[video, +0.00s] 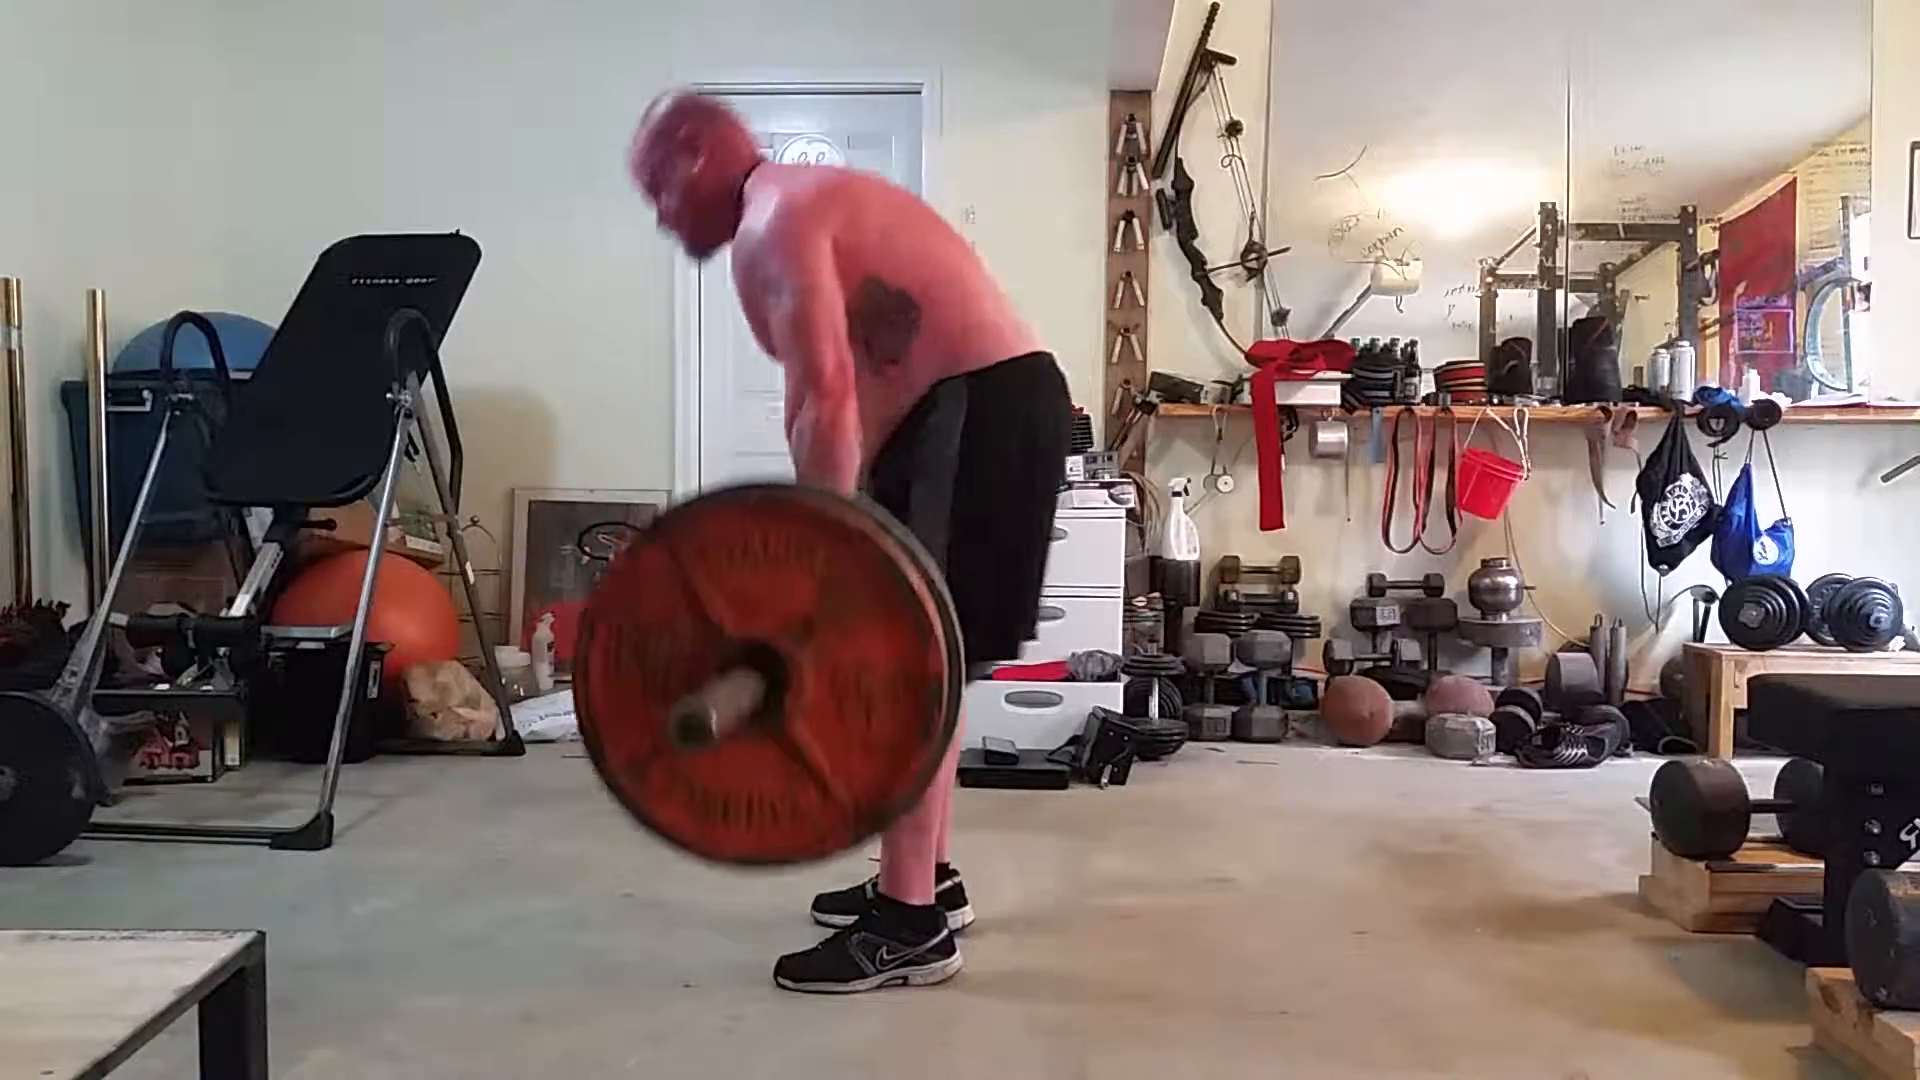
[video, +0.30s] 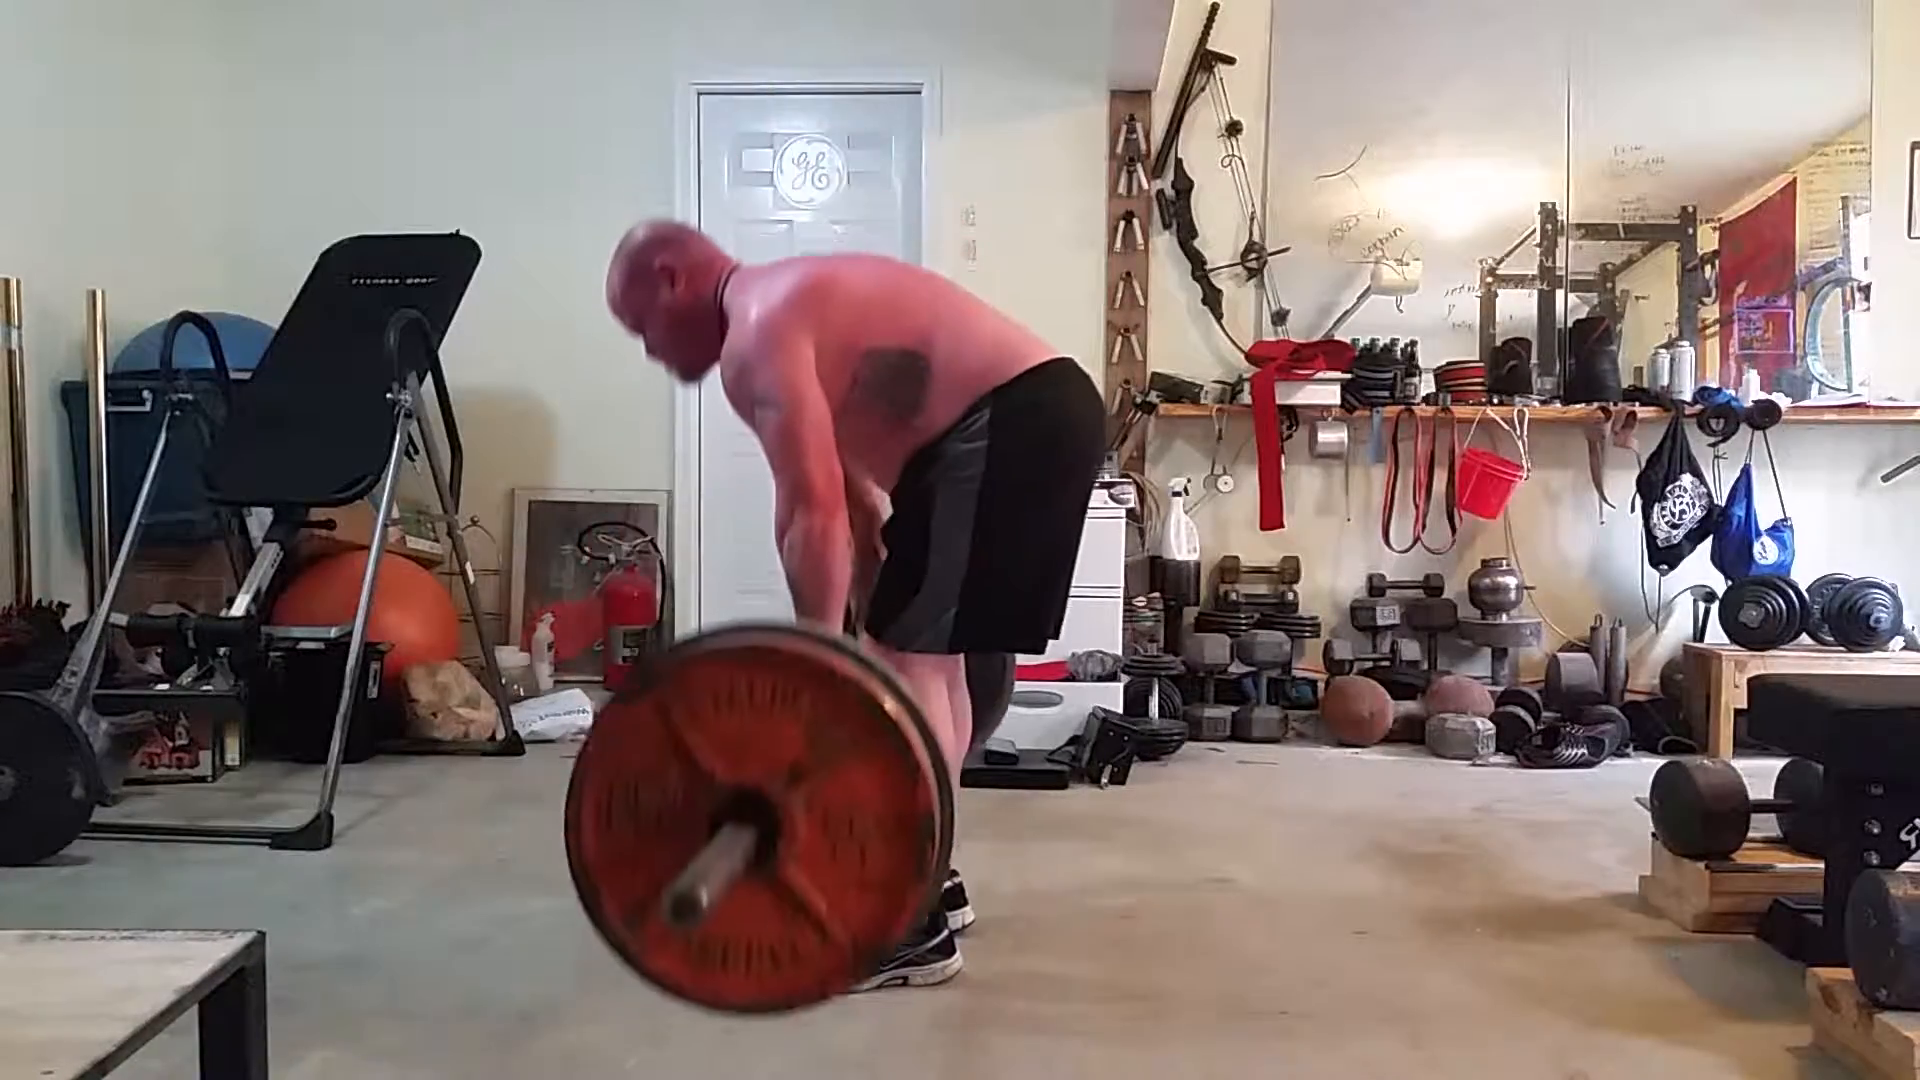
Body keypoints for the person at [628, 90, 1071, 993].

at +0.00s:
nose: (658, 215)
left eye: (656, 189)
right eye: (648, 197)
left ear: (701, 155)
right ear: (719, 149)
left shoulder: (779, 218)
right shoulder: (798, 206)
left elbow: (826, 397)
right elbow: (839, 396)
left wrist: (811, 571)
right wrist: (823, 568)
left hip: (971, 409)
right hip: (970, 408)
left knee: (913, 656)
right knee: (922, 651)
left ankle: (909, 916)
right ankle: (923, 878)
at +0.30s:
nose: (651, 352)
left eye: (642, 328)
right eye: (638, 336)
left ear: (673, 280)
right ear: (685, 274)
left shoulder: (762, 331)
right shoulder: (774, 319)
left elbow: (815, 512)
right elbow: (863, 515)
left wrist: (813, 678)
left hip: (1008, 421)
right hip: (1013, 416)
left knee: (905, 664)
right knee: (930, 665)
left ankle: (910, 921)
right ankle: (921, 887)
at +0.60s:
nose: (649, 422)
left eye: (641, 401)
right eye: (637, 408)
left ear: (670, 350)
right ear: (677, 345)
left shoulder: (760, 402)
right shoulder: (779, 376)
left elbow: (816, 580)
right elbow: (862, 556)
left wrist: (818, 747)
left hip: (1019, 432)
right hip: (1040, 422)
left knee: (897, 658)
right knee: (919, 655)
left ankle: (914, 910)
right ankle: (922, 894)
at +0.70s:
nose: (648, 422)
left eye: (640, 401)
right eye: (636, 408)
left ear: (668, 350)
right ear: (676, 345)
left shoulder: (760, 404)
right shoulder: (777, 373)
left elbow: (817, 579)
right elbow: (860, 552)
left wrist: (819, 747)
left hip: (1017, 432)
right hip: (1039, 421)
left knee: (895, 658)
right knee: (918, 655)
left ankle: (916, 906)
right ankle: (922, 892)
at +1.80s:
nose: (809, 12)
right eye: (814, 0)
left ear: (862, 6)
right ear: (898, 14)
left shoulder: (893, 87)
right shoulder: (899, 95)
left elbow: (878, 275)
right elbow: (869, 283)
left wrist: (818, 431)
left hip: (937, 399)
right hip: (940, 398)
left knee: (905, 647)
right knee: (907, 646)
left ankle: (910, 916)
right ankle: (923, 878)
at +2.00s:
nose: (723, 76)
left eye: (733, 49)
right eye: (724, 55)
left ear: (787, 40)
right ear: (802, 45)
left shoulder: (843, 134)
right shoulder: (843, 134)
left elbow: (852, 318)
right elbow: (851, 323)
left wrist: (819, 481)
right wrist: (807, 478)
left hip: (952, 403)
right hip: (948, 403)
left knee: (896, 650)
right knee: (909, 648)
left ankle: (908, 919)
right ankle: (924, 878)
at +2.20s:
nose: (669, 195)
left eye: (668, 171)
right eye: (660, 177)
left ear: (711, 134)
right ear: (728, 131)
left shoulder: (792, 199)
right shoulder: (802, 192)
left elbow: (832, 381)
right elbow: (843, 380)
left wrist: (819, 556)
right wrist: (819, 558)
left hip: (972, 412)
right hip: (966, 411)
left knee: (914, 651)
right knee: (925, 648)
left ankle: (910, 914)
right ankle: (922, 879)